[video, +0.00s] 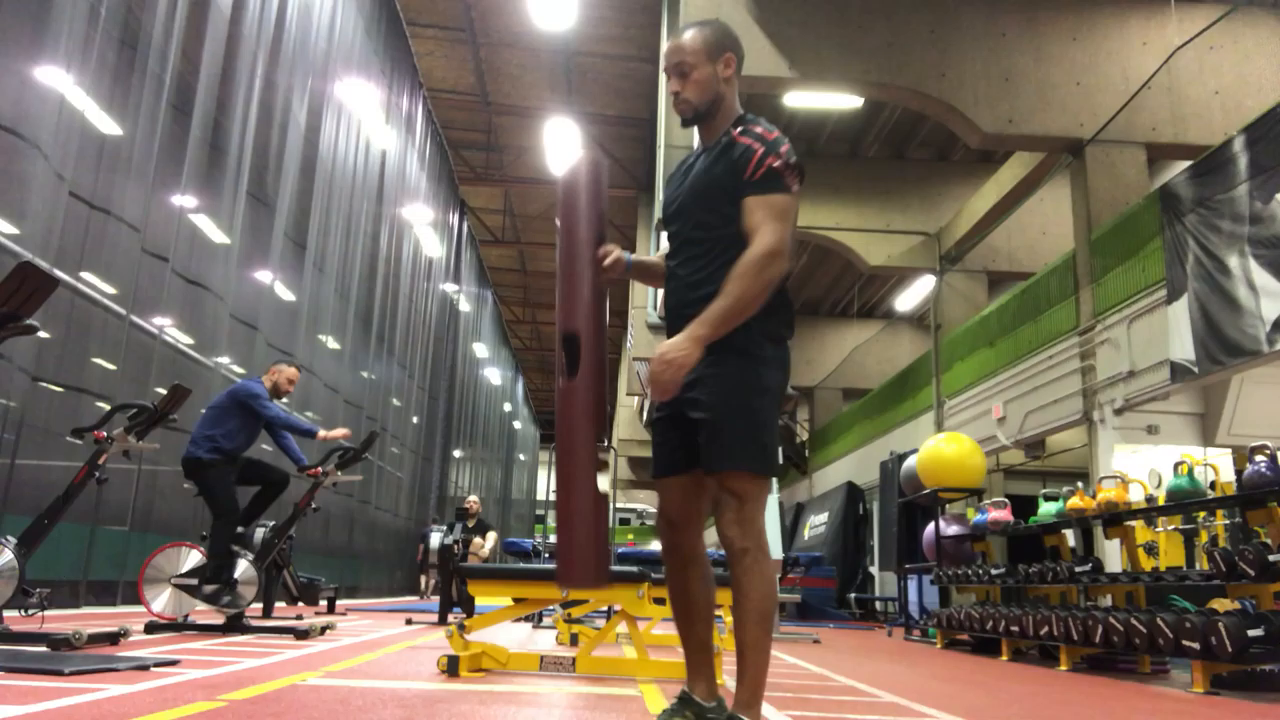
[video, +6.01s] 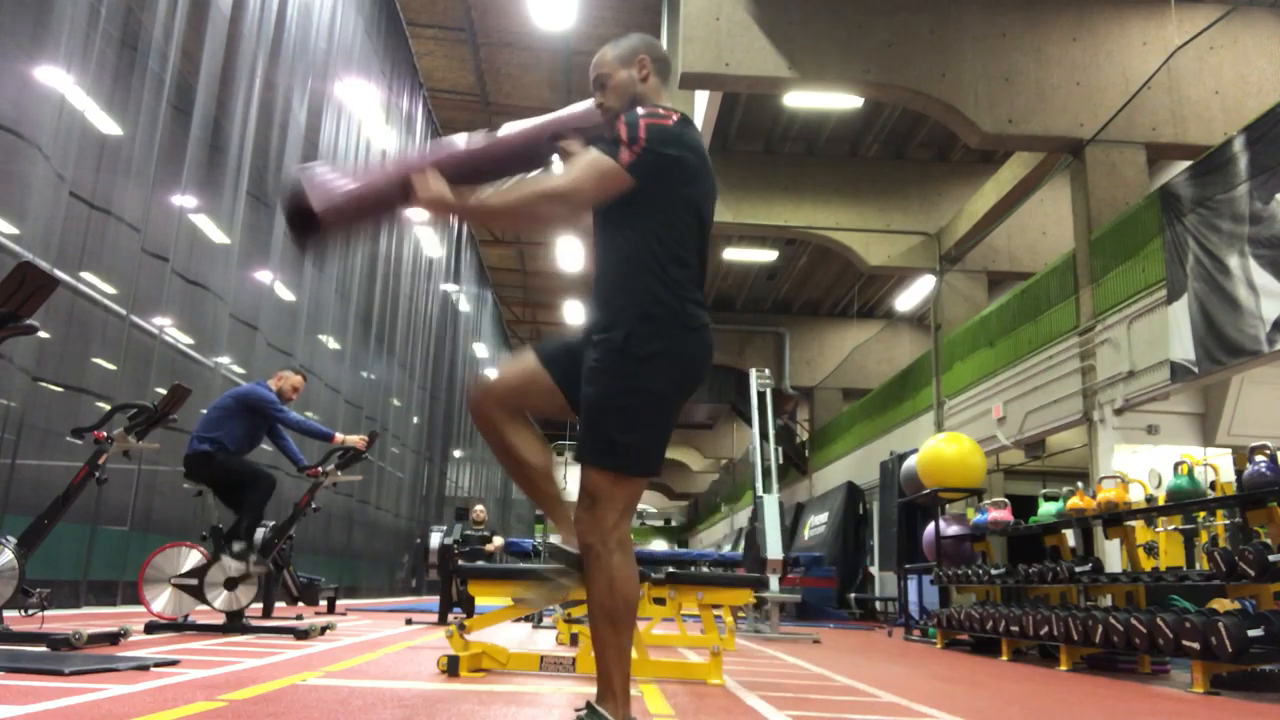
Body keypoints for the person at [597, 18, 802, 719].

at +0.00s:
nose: (671, 85)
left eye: (683, 70)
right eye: (667, 74)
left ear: (727, 68)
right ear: (673, 79)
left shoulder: (761, 143)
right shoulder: (686, 169)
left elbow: (771, 253)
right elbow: (687, 273)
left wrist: (694, 338)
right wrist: (629, 266)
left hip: (743, 359)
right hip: (684, 359)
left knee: (740, 525)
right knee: (677, 523)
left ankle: (748, 708)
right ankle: (701, 694)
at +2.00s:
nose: (581, 94)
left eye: (593, 79)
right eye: (579, 85)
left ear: (638, 82)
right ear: (592, 97)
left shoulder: (674, 157)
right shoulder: (598, 186)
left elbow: (684, 256)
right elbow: (545, 246)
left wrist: (594, 297)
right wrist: (485, 209)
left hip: (663, 359)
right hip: (619, 361)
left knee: (611, 521)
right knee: (611, 529)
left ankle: (602, 707)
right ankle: (679, 690)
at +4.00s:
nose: (583, 261)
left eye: (591, 246)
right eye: (578, 249)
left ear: (631, 236)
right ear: (579, 249)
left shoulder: (700, 303)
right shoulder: (593, 334)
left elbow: (766, 389)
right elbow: (567, 407)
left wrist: (778, 483)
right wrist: (556, 460)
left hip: (722, 470)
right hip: (668, 477)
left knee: (566, 525)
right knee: (700, 679)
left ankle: (609, 707)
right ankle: (837, 670)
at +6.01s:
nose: (595, 96)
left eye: (603, 82)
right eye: (593, 87)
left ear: (644, 70)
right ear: (643, 76)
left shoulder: (656, 129)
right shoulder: (647, 138)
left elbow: (563, 196)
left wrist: (457, 204)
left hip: (650, 345)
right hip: (619, 339)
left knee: (601, 528)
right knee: (491, 397)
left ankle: (614, 707)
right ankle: (573, 529)